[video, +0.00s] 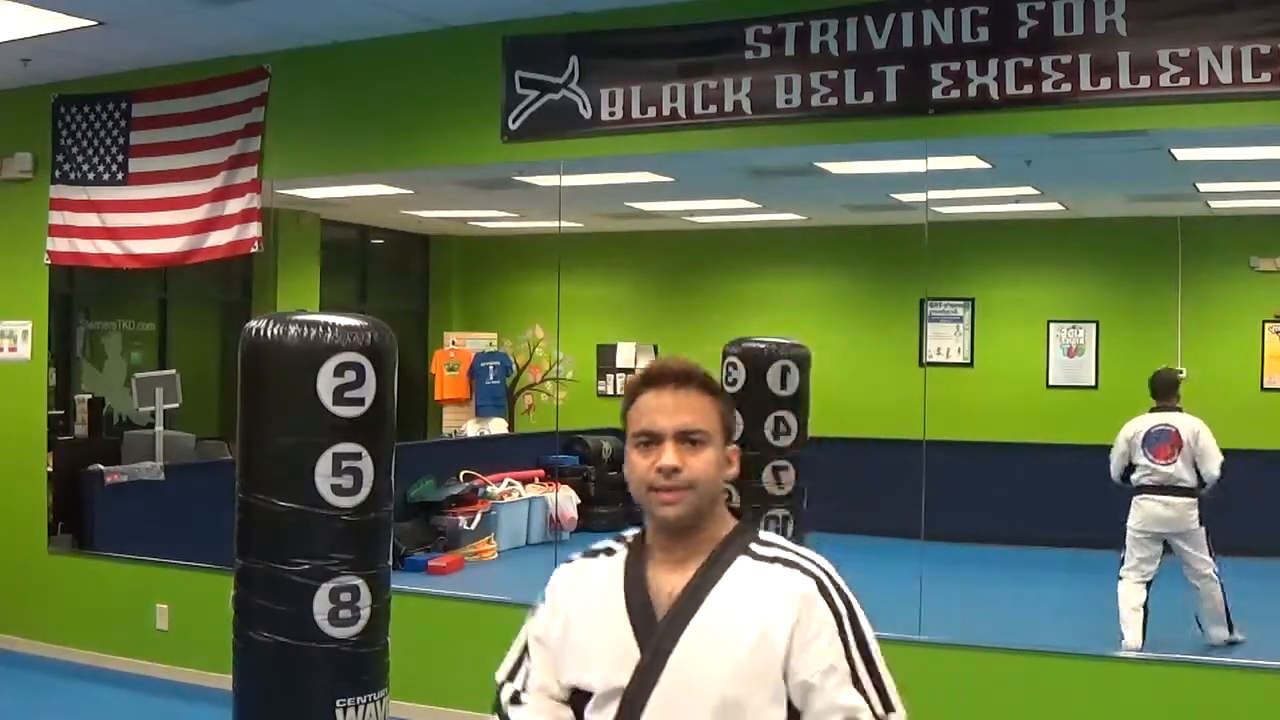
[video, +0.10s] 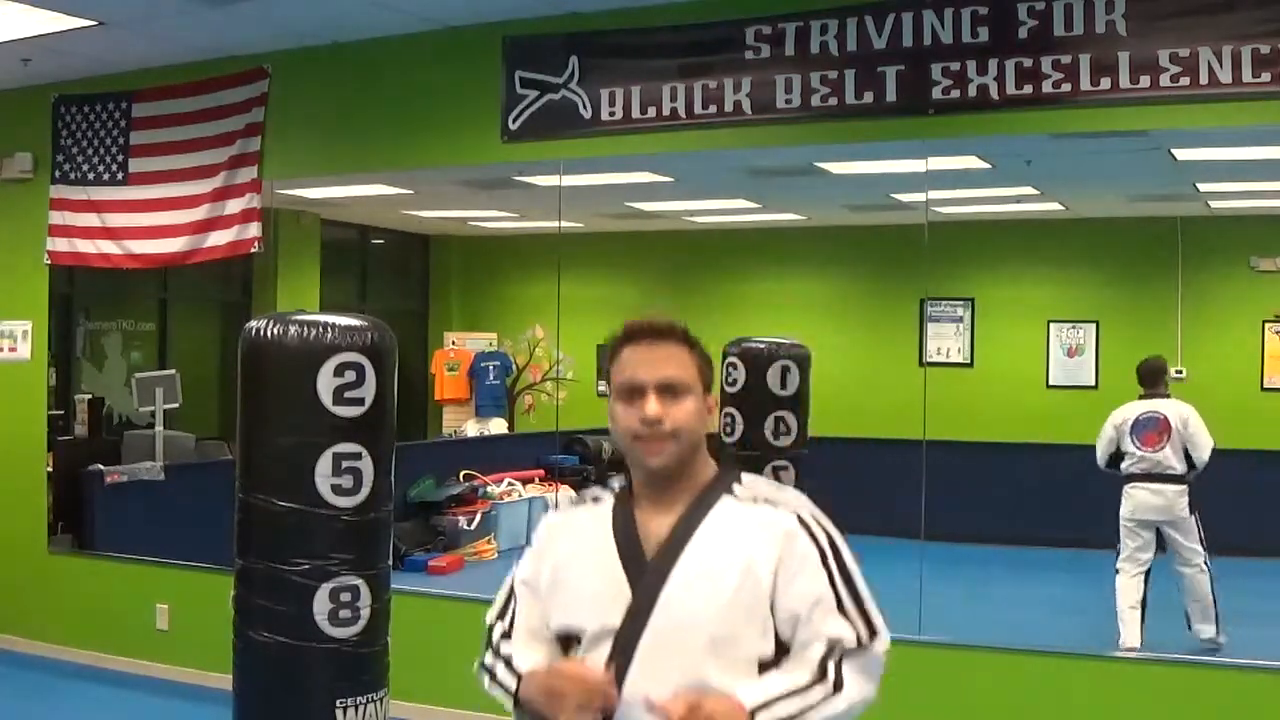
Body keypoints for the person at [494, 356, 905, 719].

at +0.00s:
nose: (667, 461)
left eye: (690, 441)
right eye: (647, 442)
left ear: (731, 461)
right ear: (626, 462)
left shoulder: (802, 589)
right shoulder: (575, 585)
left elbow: (867, 716)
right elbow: (526, 703)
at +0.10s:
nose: (651, 413)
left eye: (671, 393)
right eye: (631, 395)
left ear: (710, 408)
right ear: (609, 409)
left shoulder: (784, 525)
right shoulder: (563, 530)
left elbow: (849, 655)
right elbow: (502, 647)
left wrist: (747, 706)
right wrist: (530, 687)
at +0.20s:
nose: (644, 353)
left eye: (665, 336)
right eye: (626, 338)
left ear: (701, 356)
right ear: (605, 358)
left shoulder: (772, 459)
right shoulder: (562, 473)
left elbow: (852, 581)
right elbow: (515, 586)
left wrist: (747, 640)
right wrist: (541, 625)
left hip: (740, 709)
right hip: (614, 709)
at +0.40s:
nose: (644, 402)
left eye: (664, 387)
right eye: (628, 387)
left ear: (700, 410)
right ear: (608, 403)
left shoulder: (762, 514)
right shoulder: (564, 524)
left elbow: (834, 644)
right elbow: (530, 635)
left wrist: (737, 661)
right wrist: (548, 680)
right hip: (589, 716)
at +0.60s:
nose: (663, 370)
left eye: (684, 355)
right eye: (648, 354)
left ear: (720, 378)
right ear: (630, 372)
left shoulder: (776, 474)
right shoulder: (583, 481)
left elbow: (840, 597)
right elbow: (555, 585)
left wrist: (734, 647)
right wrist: (571, 631)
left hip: (732, 710)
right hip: (618, 708)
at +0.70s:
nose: (680, 340)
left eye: (702, 326)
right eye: (665, 324)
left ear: (735, 352)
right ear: (646, 342)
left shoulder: (788, 442)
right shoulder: (594, 444)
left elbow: (866, 556)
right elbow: (555, 543)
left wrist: (760, 608)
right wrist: (573, 583)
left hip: (743, 705)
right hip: (628, 703)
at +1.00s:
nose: (704, 400)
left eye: (724, 387)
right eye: (688, 384)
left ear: (752, 408)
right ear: (666, 401)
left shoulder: (804, 511)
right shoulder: (611, 505)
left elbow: (851, 631)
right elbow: (569, 611)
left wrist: (783, 660)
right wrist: (592, 649)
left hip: (750, 713)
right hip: (631, 710)